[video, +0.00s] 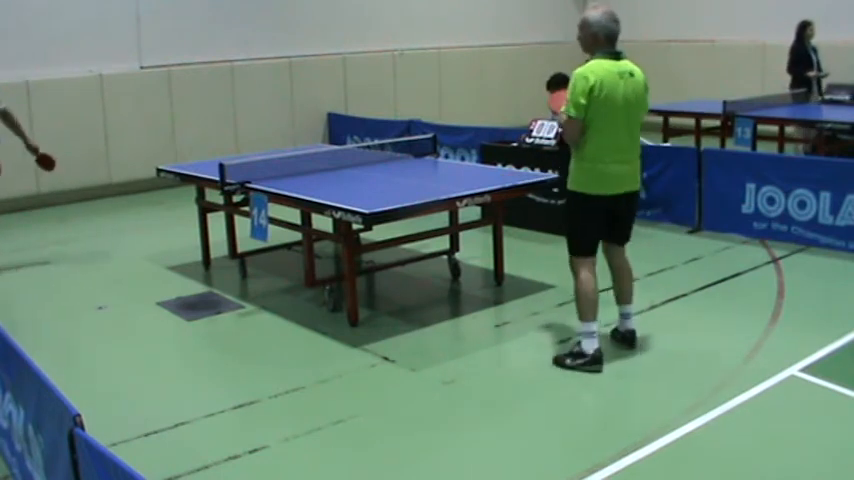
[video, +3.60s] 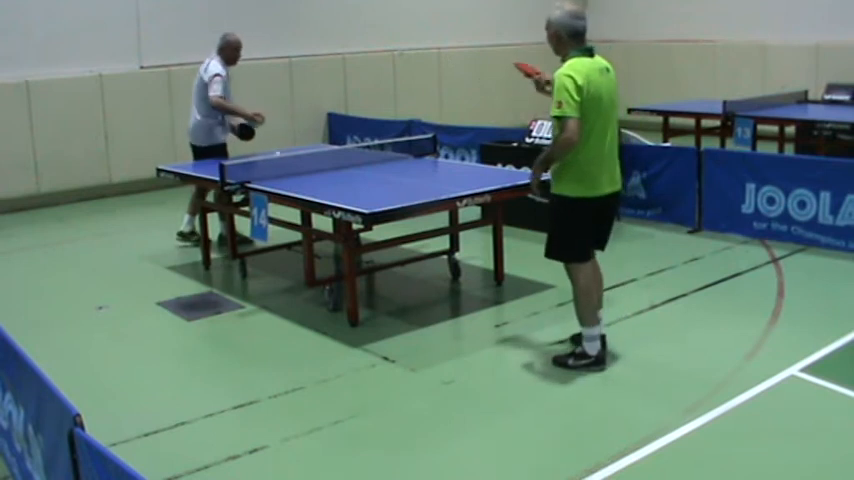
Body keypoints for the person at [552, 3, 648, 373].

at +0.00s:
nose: (578, 39)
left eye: (579, 34)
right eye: (579, 33)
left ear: (586, 38)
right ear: (615, 37)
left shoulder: (585, 76)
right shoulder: (637, 74)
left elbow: (573, 136)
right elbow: (637, 121)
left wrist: (562, 117)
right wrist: (596, 118)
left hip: (588, 186)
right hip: (627, 184)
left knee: (583, 263)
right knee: (617, 251)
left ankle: (589, 347)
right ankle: (627, 327)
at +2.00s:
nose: (600, 38)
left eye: (600, 33)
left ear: (603, 35)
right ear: (634, 36)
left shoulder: (595, 71)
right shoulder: (653, 75)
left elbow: (579, 128)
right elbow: (663, 131)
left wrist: (580, 141)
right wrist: (630, 126)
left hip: (596, 183)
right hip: (638, 184)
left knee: (576, 252)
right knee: (626, 251)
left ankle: (586, 335)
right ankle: (624, 338)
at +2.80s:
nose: (581, 40)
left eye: (582, 35)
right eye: (586, 34)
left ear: (585, 35)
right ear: (615, 33)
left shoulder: (583, 73)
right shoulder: (636, 71)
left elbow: (572, 138)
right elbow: (626, 122)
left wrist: (557, 137)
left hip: (586, 184)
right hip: (626, 183)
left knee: (583, 260)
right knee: (616, 252)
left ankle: (591, 347)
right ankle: (624, 339)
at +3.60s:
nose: (547, 41)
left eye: (548, 36)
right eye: (547, 36)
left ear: (556, 37)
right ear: (582, 35)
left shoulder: (568, 75)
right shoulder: (604, 67)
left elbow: (570, 136)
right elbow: (594, 104)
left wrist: (539, 167)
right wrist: (552, 89)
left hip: (578, 189)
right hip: (605, 184)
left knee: (575, 260)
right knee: (585, 256)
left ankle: (591, 347)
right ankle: (593, 331)